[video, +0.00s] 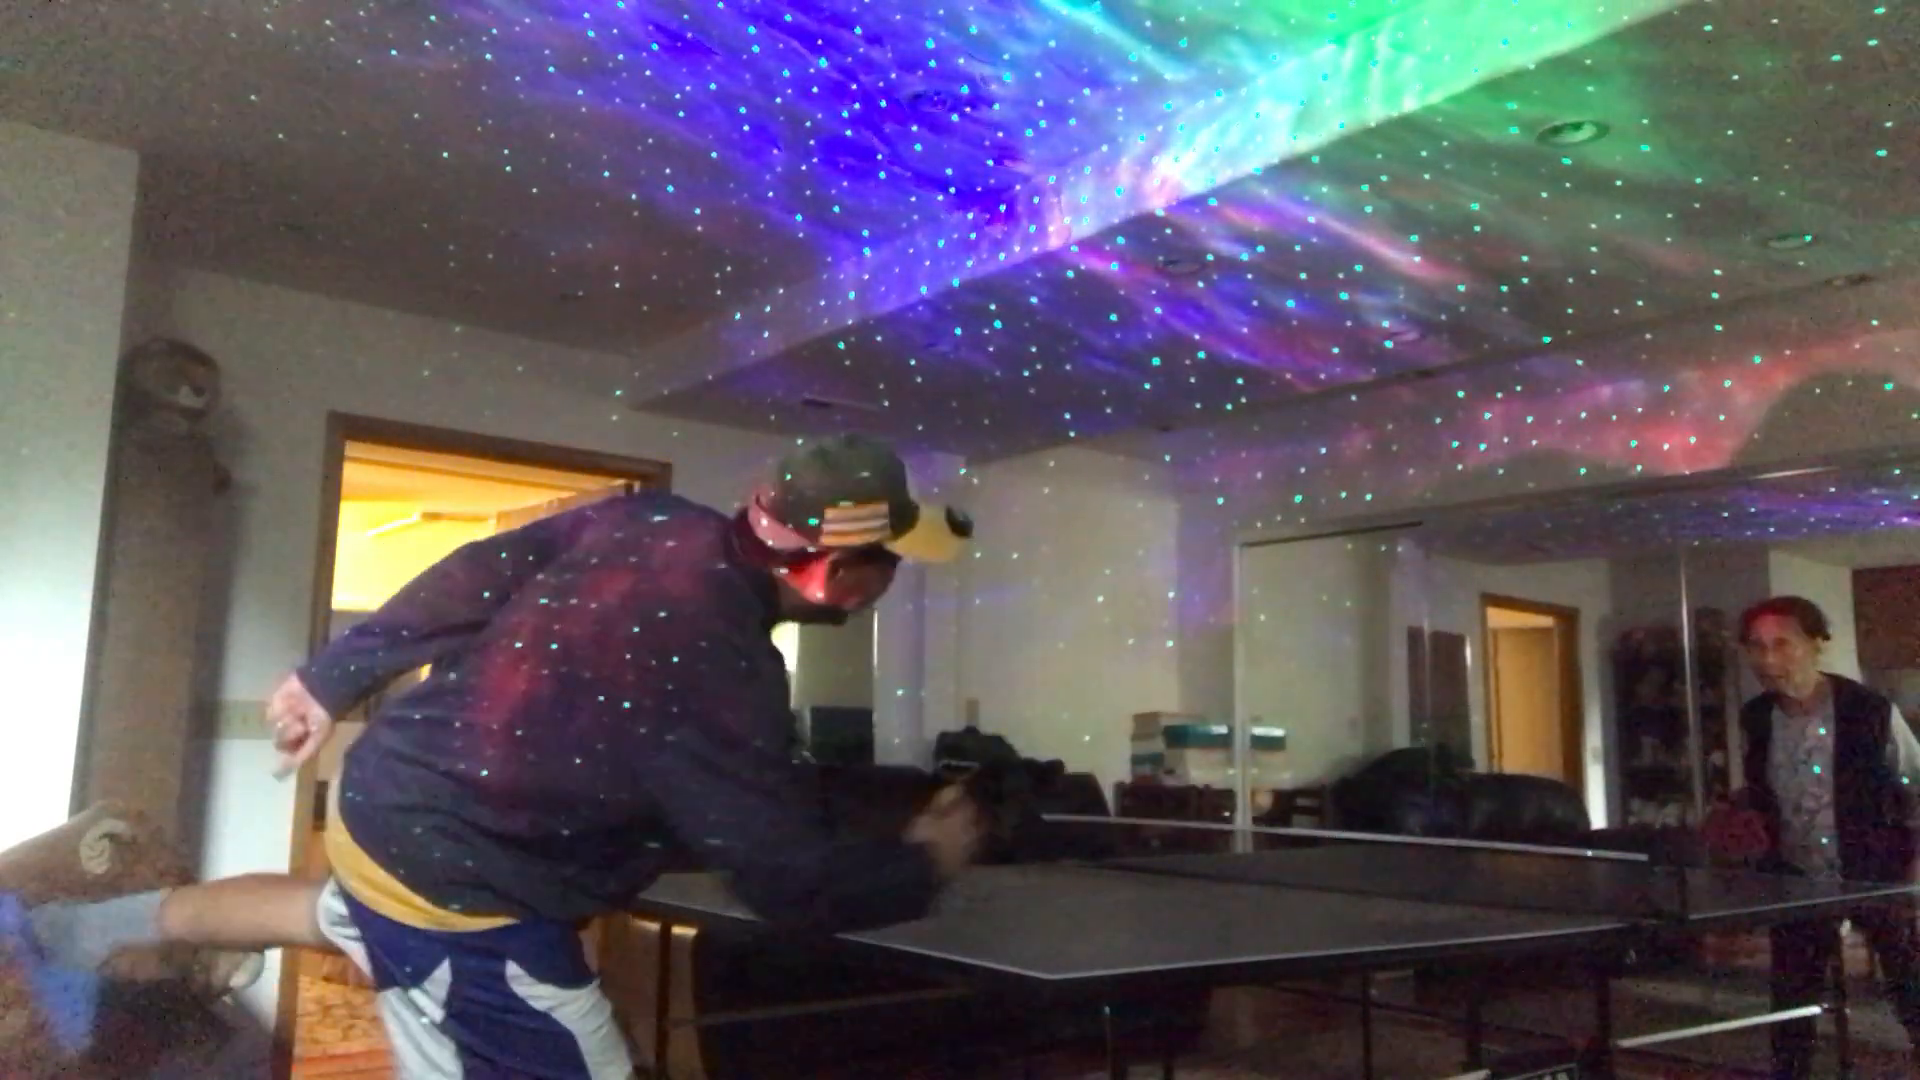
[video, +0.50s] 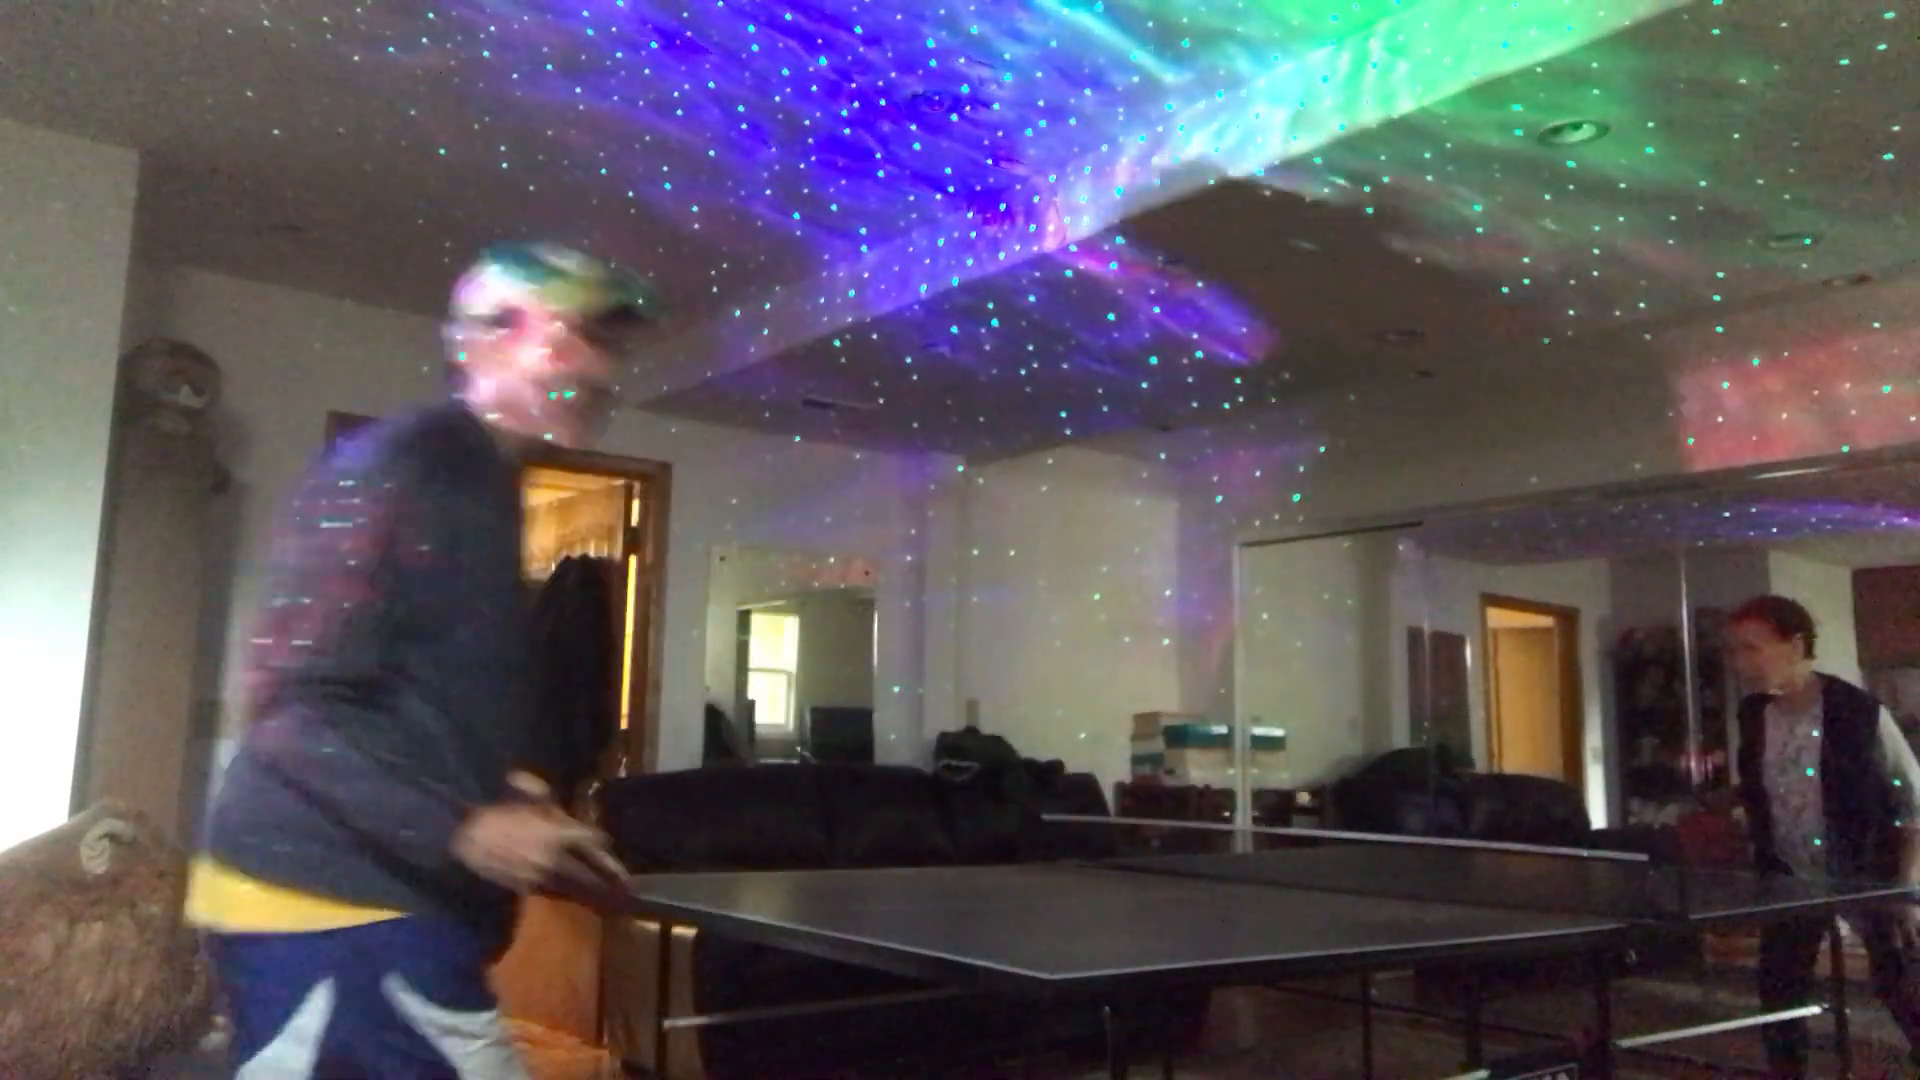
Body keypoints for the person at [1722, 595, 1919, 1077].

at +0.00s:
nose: (1769, 658)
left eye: (1782, 644)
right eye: (1758, 647)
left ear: (1815, 644)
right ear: (1749, 655)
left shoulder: (1867, 708)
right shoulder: (1756, 716)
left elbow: (1899, 795)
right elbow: (1759, 795)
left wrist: (1891, 866)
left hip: (1869, 876)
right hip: (1795, 880)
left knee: (1907, 983)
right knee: (1791, 991)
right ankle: (1790, 1070)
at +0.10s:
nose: (1762, 661)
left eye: (1774, 646)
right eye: (1754, 650)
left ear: (1812, 646)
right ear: (1748, 657)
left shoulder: (1867, 710)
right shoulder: (1757, 717)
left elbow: (1909, 796)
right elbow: (1759, 797)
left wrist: (1894, 883)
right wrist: (1784, 857)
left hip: (1868, 880)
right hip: (1795, 881)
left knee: (1910, 995)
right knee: (1790, 1000)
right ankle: (1791, 1069)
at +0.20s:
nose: (1761, 662)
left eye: (1773, 647)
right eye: (1751, 650)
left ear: (1809, 647)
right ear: (1742, 658)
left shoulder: (1865, 710)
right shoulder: (1753, 719)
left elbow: (1914, 790)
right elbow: (1755, 801)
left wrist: (1910, 889)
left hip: (1873, 877)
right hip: (1793, 880)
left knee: (1909, 990)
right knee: (1780, 993)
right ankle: (1783, 1073)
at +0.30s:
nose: (1757, 657)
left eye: (1770, 642)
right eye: (1750, 645)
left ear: (1810, 644)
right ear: (1744, 652)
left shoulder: (1864, 707)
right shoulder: (1752, 713)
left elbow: (1912, 792)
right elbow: (1752, 796)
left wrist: (1906, 886)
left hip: (1866, 876)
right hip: (1788, 879)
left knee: (1903, 989)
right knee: (1781, 998)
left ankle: (1918, 1055)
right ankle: (1784, 1074)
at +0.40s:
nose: (1751, 656)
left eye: (1764, 642)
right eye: (1746, 645)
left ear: (1808, 642)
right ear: (1743, 651)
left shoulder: (1863, 708)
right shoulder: (1751, 711)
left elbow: (1912, 795)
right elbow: (1748, 792)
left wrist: (1909, 887)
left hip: (1864, 876)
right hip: (1786, 878)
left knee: (1903, 986)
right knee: (1780, 993)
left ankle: (1919, 1056)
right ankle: (1784, 1072)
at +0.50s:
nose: (1741, 661)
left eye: (1752, 647)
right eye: (1737, 650)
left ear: (1796, 644)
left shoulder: (1859, 710)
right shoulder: (1752, 713)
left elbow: (1909, 799)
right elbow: (1750, 791)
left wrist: (1905, 889)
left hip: (1862, 874)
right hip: (1787, 876)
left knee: (1900, 981)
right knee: (1778, 987)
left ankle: (1918, 1051)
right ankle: (1785, 1068)